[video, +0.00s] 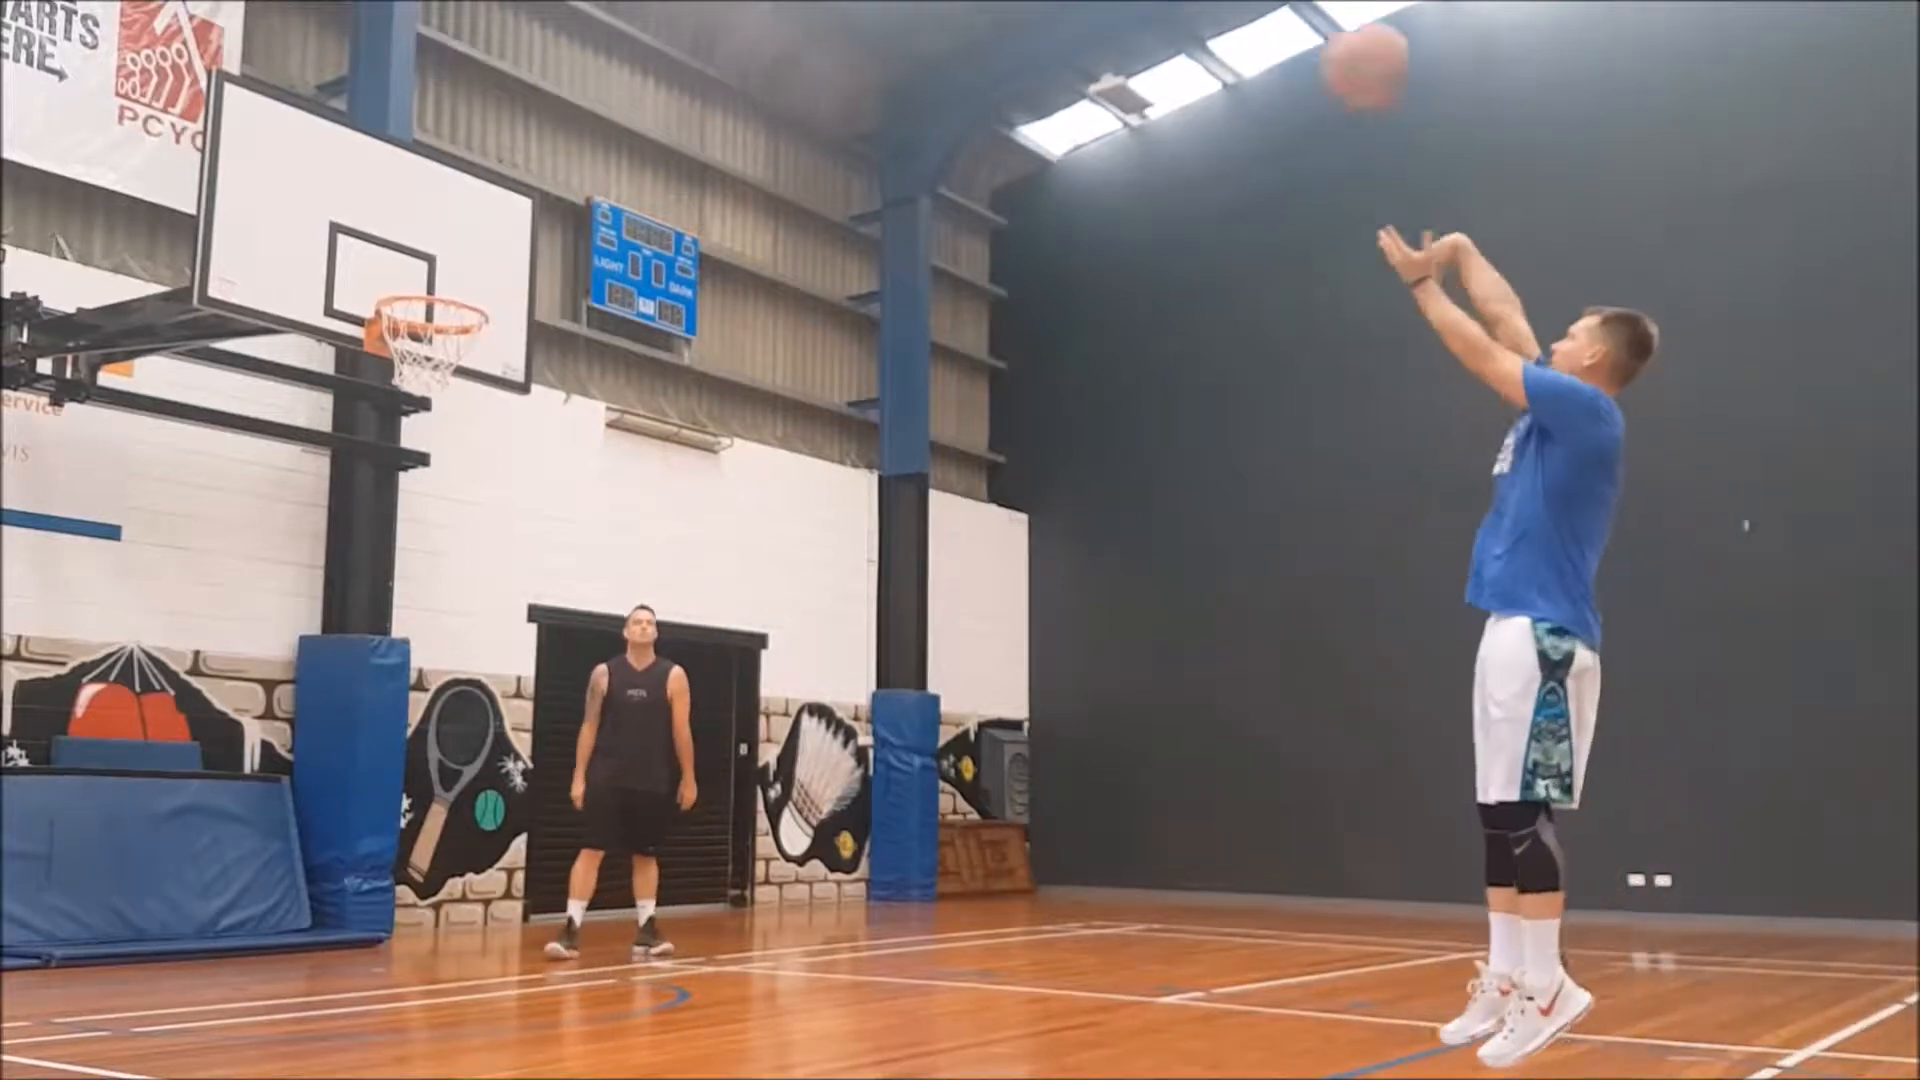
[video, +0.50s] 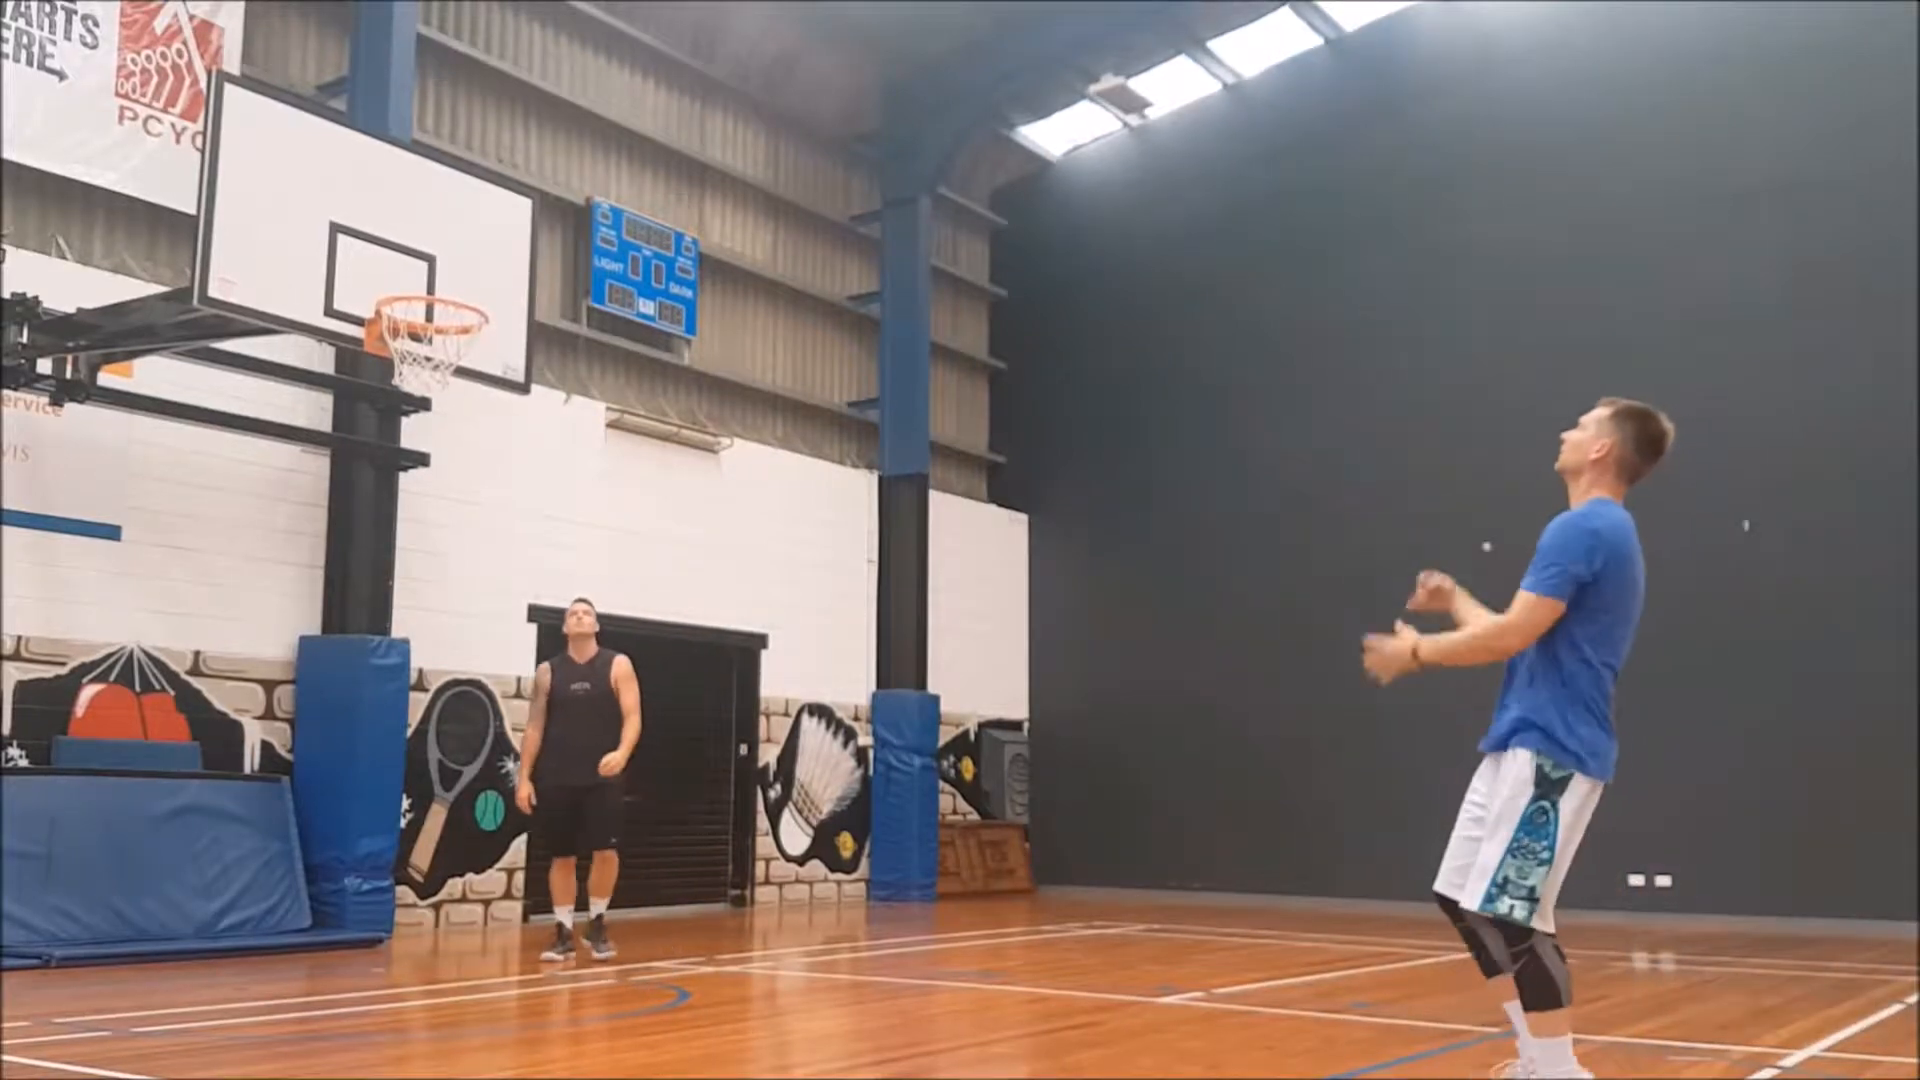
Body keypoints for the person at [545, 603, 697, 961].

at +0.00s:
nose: (643, 628)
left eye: (648, 623)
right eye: (636, 623)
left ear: (656, 632)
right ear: (625, 632)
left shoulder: (673, 676)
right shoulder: (603, 675)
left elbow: (681, 730)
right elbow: (589, 726)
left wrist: (688, 777)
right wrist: (579, 775)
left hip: (653, 781)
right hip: (607, 779)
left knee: (646, 854)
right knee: (592, 850)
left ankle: (646, 929)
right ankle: (571, 930)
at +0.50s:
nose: (579, 616)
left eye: (586, 613)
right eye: (573, 614)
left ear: (597, 625)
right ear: (564, 627)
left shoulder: (617, 665)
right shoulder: (547, 671)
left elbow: (632, 716)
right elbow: (534, 727)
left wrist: (622, 753)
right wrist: (524, 777)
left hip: (602, 777)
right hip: (557, 778)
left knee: (605, 850)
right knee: (562, 855)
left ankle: (598, 926)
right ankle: (564, 934)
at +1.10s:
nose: (550, 600)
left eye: (560, 596)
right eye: (546, 596)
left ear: (575, 612)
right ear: (539, 610)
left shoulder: (594, 659)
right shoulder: (518, 658)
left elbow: (614, 720)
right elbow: (500, 713)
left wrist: (614, 774)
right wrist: (478, 763)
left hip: (573, 774)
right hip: (523, 772)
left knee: (558, 855)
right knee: (517, 857)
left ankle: (553, 942)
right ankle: (546, 911)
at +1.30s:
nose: (537, 592)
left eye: (547, 588)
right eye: (533, 589)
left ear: (564, 605)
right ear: (526, 605)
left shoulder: (579, 649)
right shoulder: (507, 652)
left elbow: (595, 708)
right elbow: (479, 701)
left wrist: (564, 734)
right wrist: (439, 713)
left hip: (558, 772)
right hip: (511, 769)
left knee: (554, 859)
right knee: (494, 850)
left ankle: (550, 944)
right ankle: (493, 946)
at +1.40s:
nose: (526, 597)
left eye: (537, 593)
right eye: (523, 593)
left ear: (555, 609)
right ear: (517, 607)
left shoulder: (568, 652)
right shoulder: (499, 655)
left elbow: (572, 704)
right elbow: (459, 702)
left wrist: (527, 702)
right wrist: (427, 689)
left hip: (551, 778)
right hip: (503, 776)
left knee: (552, 866)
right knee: (488, 856)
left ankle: (551, 946)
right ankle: (461, 950)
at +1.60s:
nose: (500, 622)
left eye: (510, 617)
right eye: (498, 615)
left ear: (530, 628)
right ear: (492, 623)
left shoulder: (541, 674)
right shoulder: (476, 673)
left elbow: (514, 722)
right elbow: (422, 716)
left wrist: (465, 695)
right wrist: (414, 681)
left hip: (527, 798)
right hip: (478, 792)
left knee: (537, 884)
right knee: (458, 863)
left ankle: (550, 937)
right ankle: (444, 966)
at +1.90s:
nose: (483, 617)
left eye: (489, 608)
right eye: (474, 609)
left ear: (503, 612)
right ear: (460, 615)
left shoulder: (519, 658)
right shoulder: (444, 661)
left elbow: (518, 710)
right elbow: (453, 711)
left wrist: (499, 678)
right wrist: (483, 671)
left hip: (504, 777)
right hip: (449, 776)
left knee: (515, 872)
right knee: (453, 858)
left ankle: (508, 944)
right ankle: (448, 965)